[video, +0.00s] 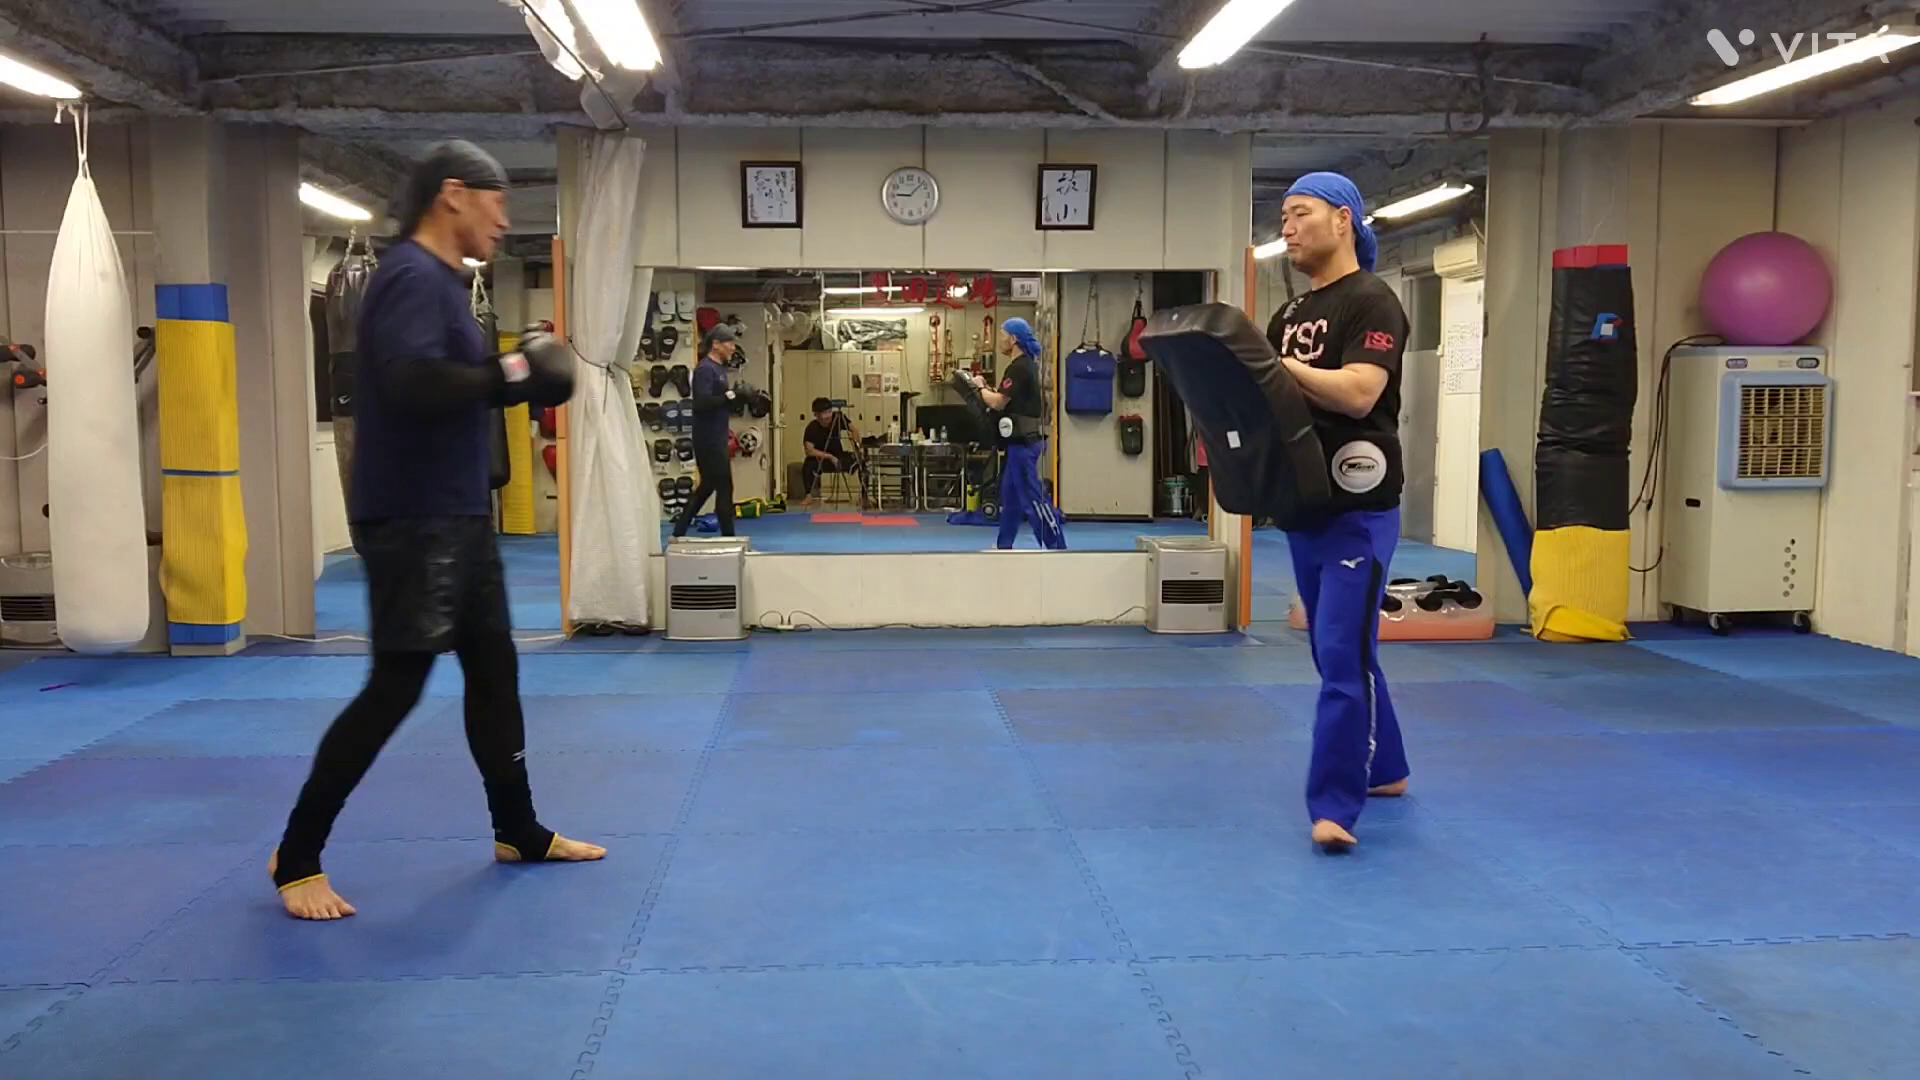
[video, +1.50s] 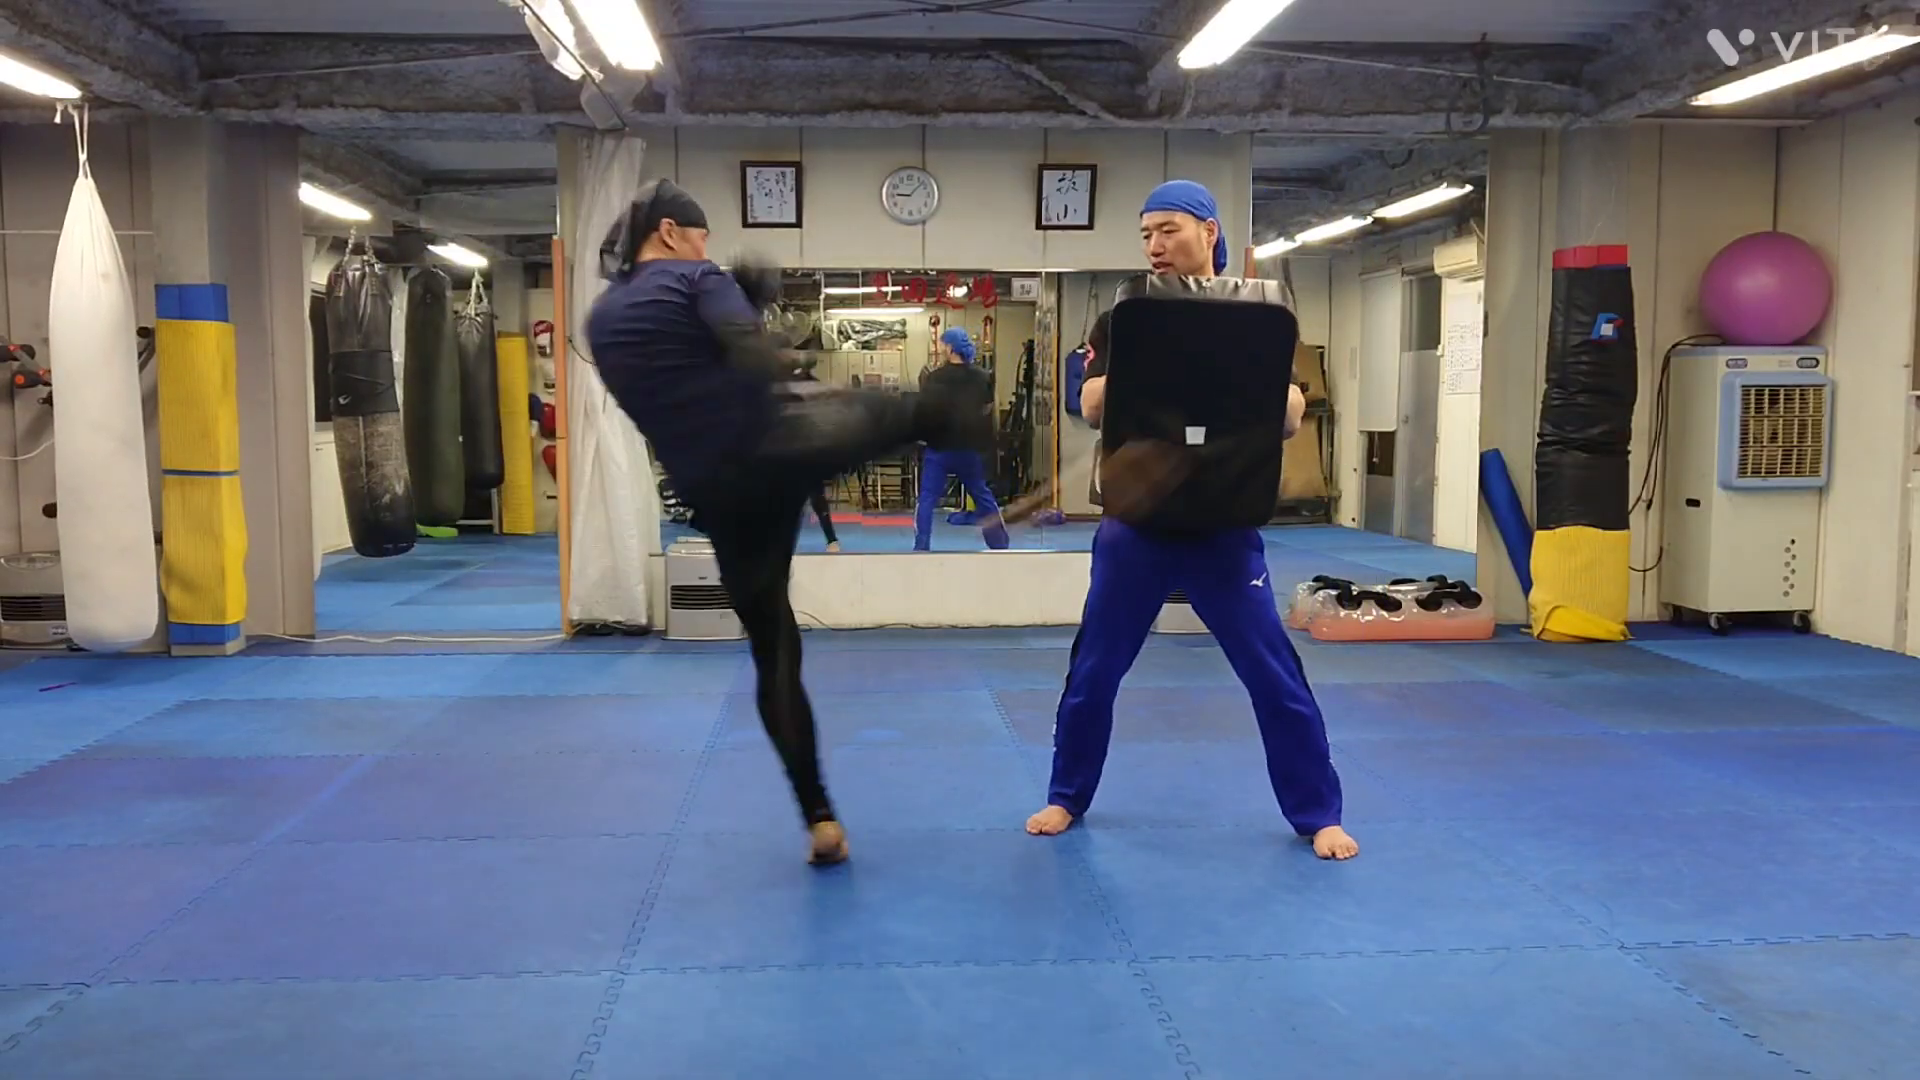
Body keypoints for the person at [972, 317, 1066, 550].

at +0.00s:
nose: (1000, 340)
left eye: (1003, 336)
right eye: (1001, 335)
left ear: (1014, 339)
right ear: (1017, 339)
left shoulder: (1019, 367)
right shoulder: (1026, 365)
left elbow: (998, 402)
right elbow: (1008, 399)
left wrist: (981, 388)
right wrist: (987, 389)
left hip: (1023, 441)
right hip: (1027, 438)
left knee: (1031, 495)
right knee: (1010, 494)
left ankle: (1057, 547)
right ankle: (1003, 545)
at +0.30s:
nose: (992, 343)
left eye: (995, 338)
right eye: (993, 338)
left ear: (1004, 341)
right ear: (1011, 341)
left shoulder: (1004, 369)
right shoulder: (1024, 367)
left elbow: (980, 403)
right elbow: (1004, 399)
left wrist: (971, 388)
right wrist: (981, 384)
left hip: (1004, 441)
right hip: (1022, 440)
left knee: (990, 493)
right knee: (1008, 495)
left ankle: (1028, 534)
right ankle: (1003, 549)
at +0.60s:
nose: (976, 342)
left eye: (978, 338)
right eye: (976, 338)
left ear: (988, 341)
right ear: (999, 342)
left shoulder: (978, 370)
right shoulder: (1015, 371)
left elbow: (958, 400)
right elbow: (1013, 404)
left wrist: (958, 388)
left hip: (980, 440)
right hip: (1006, 440)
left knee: (960, 488)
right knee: (1003, 496)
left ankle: (945, 540)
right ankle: (1004, 545)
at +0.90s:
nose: (952, 347)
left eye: (954, 344)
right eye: (953, 343)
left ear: (962, 347)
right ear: (975, 347)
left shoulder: (948, 374)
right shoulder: (990, 376)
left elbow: (932, 401)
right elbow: (995, 402)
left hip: (948, 443)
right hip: (978, 443)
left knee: (933, 495)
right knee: (987, 495)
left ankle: (922, 544)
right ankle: (1002, 544)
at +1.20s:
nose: (940, 347)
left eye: (942, 344)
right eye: (941, 343)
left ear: (950, 346)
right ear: (967, 347)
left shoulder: (937, 374)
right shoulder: (983, 376)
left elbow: (924, 400)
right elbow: (988, 406)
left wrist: (932, 371)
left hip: (940, 444)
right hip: (971, 444)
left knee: (929, 497)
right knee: (984, 495)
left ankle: (921, 546)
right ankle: (1000, 545)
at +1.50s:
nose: (940, 349)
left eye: (942, 346)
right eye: (941, 345)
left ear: (951, 349)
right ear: (966, 349)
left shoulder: (935, 378)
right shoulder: (981, 377)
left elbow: (925, 413)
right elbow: (987, 406)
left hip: (940, 445)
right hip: (971, 444)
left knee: (928, 497)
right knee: (980, 492)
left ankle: (921, 546)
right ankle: (1000, 543)